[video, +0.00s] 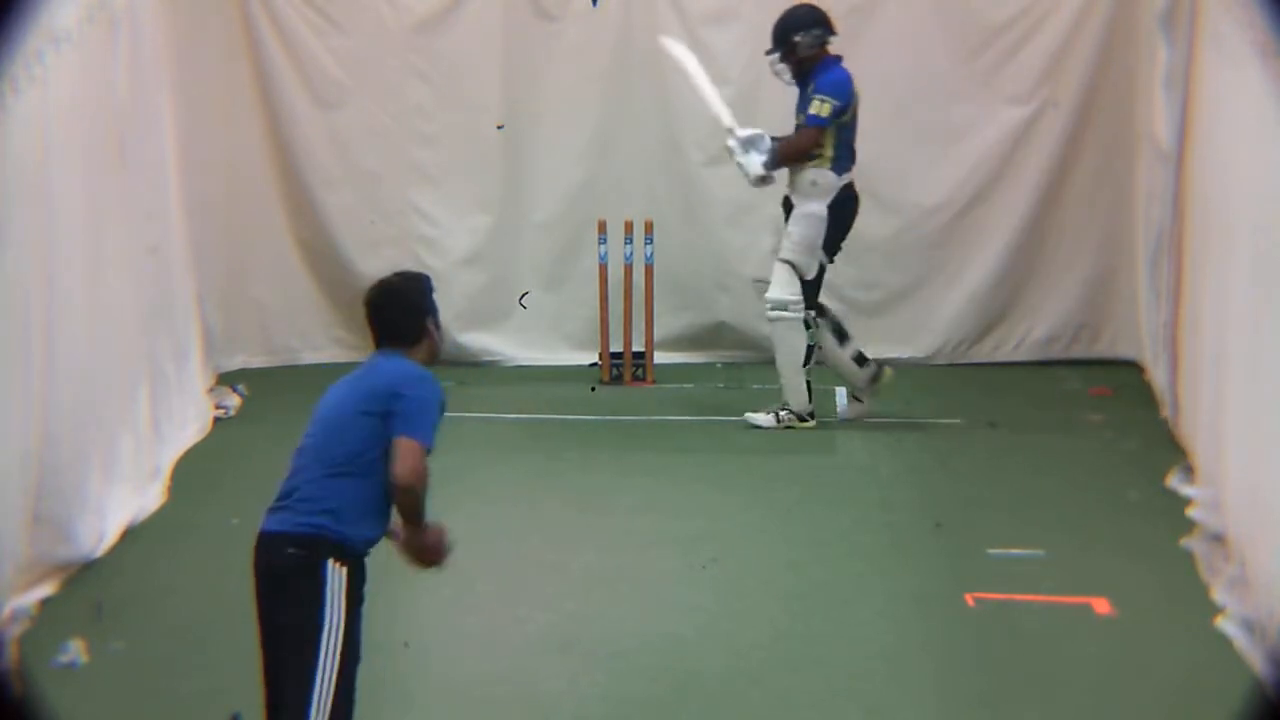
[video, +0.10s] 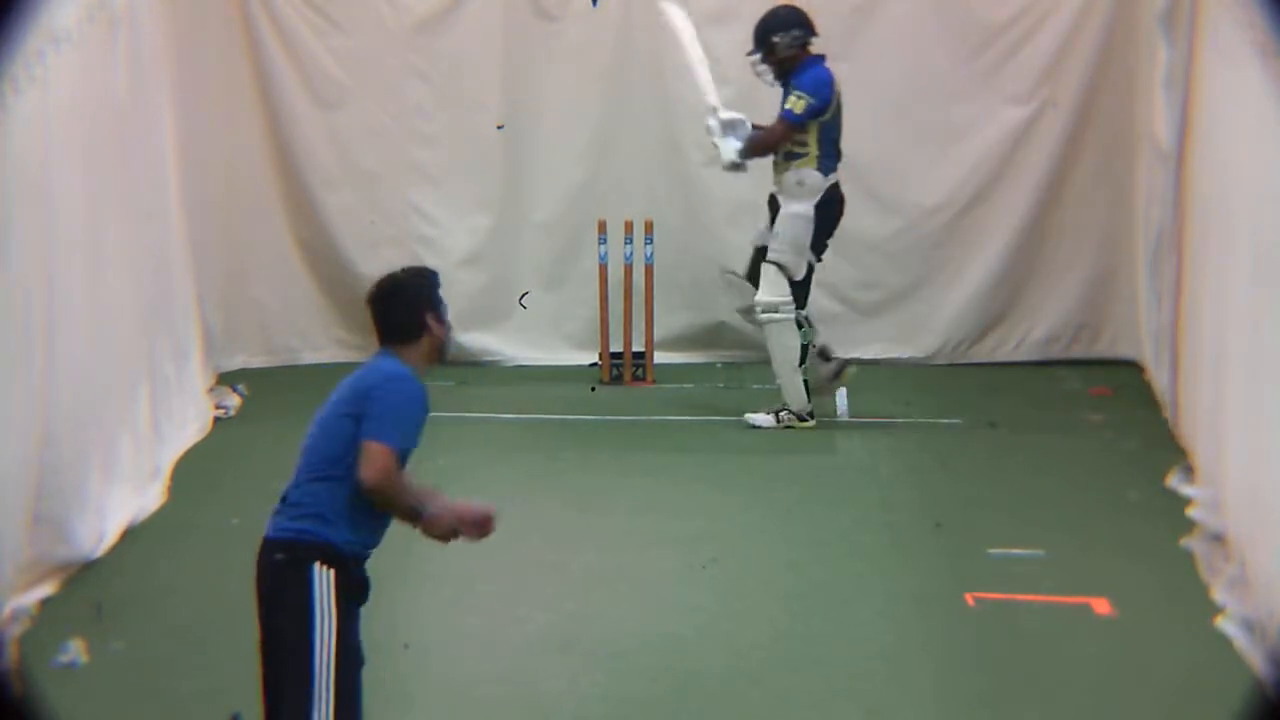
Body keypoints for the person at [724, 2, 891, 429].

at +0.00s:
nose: (782, 61)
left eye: (786, 52)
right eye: (781, 54)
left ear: (806, 45)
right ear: (811, 46)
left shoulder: (831, 82)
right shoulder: (815, 81)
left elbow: (809, 142)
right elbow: (807, 139)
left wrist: (767, 161)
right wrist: (767, 143)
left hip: (824, 200)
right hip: (807, 197)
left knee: (784, 300)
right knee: (796, 300)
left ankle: (797, 409)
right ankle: (863, 375)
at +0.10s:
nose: (763, 62)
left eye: (767, 53)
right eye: (761, 54)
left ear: (790, 46)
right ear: (796, 46)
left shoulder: (812, 81)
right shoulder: (800, 80)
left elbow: (776, 137)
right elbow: (781, 136)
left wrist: (738, 143)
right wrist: (743, 135)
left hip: (809, 202)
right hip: (793, 199)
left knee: (774, 303)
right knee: (761, 289)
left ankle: (797, 410)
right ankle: (823, 363)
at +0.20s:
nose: (743, 61)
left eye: (747, 52)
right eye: (741, 53)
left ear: (771, 45)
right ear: (775, 46)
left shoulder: (795, 77)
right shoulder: (781, 79)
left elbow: (757, 123)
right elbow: (765, 123)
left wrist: (714, 135)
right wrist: (727, 120)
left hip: (797, 200)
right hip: (775, 198)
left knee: (771, 294)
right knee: (741, 273)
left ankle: (796, 408)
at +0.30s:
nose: (728, 63)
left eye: (731, 53)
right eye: (726, 56)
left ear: (752, 45)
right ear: (755, 45)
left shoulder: (777, 74)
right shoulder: (760, 81)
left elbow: (716, 108)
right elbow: (747, 140)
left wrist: (681, 117)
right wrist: (700, 119)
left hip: (784, 204)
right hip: (757, 201)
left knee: (761, 300)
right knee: (726, 293)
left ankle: (797, 409)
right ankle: (705, 392)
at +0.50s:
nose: (696, 63)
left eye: (699, 55)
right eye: (693, 57)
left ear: (716, 48)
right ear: (710, 57)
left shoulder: (751, 75)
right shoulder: (714, 99)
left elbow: (696, 71)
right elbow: (704, 162)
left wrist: (650, 84)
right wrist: (664, 130)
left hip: (750, 204)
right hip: (719, 205)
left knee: (729, 300)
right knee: (682, 294)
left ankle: (792, 400)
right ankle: (688, 399)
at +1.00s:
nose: (660, 55)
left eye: (665, 46)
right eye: (656, 47)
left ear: (689, 39)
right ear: (659, 44)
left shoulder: (719, 70)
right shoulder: (664, 82)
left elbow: (747, 100)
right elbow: (641, 145)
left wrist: (692, 89)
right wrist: (641, 106)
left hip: (705, 194)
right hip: (669, 194)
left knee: (674, 289)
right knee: (654, 294)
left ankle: (729, 386)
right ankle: (686, 397)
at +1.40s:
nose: (692, 47)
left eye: (701, 39)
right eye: (685, 38)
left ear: (719, 39)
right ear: (676, 38)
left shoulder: (734, 83)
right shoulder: (670, 88)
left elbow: (751, 141)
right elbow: (663, 151)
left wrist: (696, 147)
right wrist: (653, 140)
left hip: (713, 199)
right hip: (673, 199)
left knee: (711, 297)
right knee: (670, 299)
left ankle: (749, 402)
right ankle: (686, 399)